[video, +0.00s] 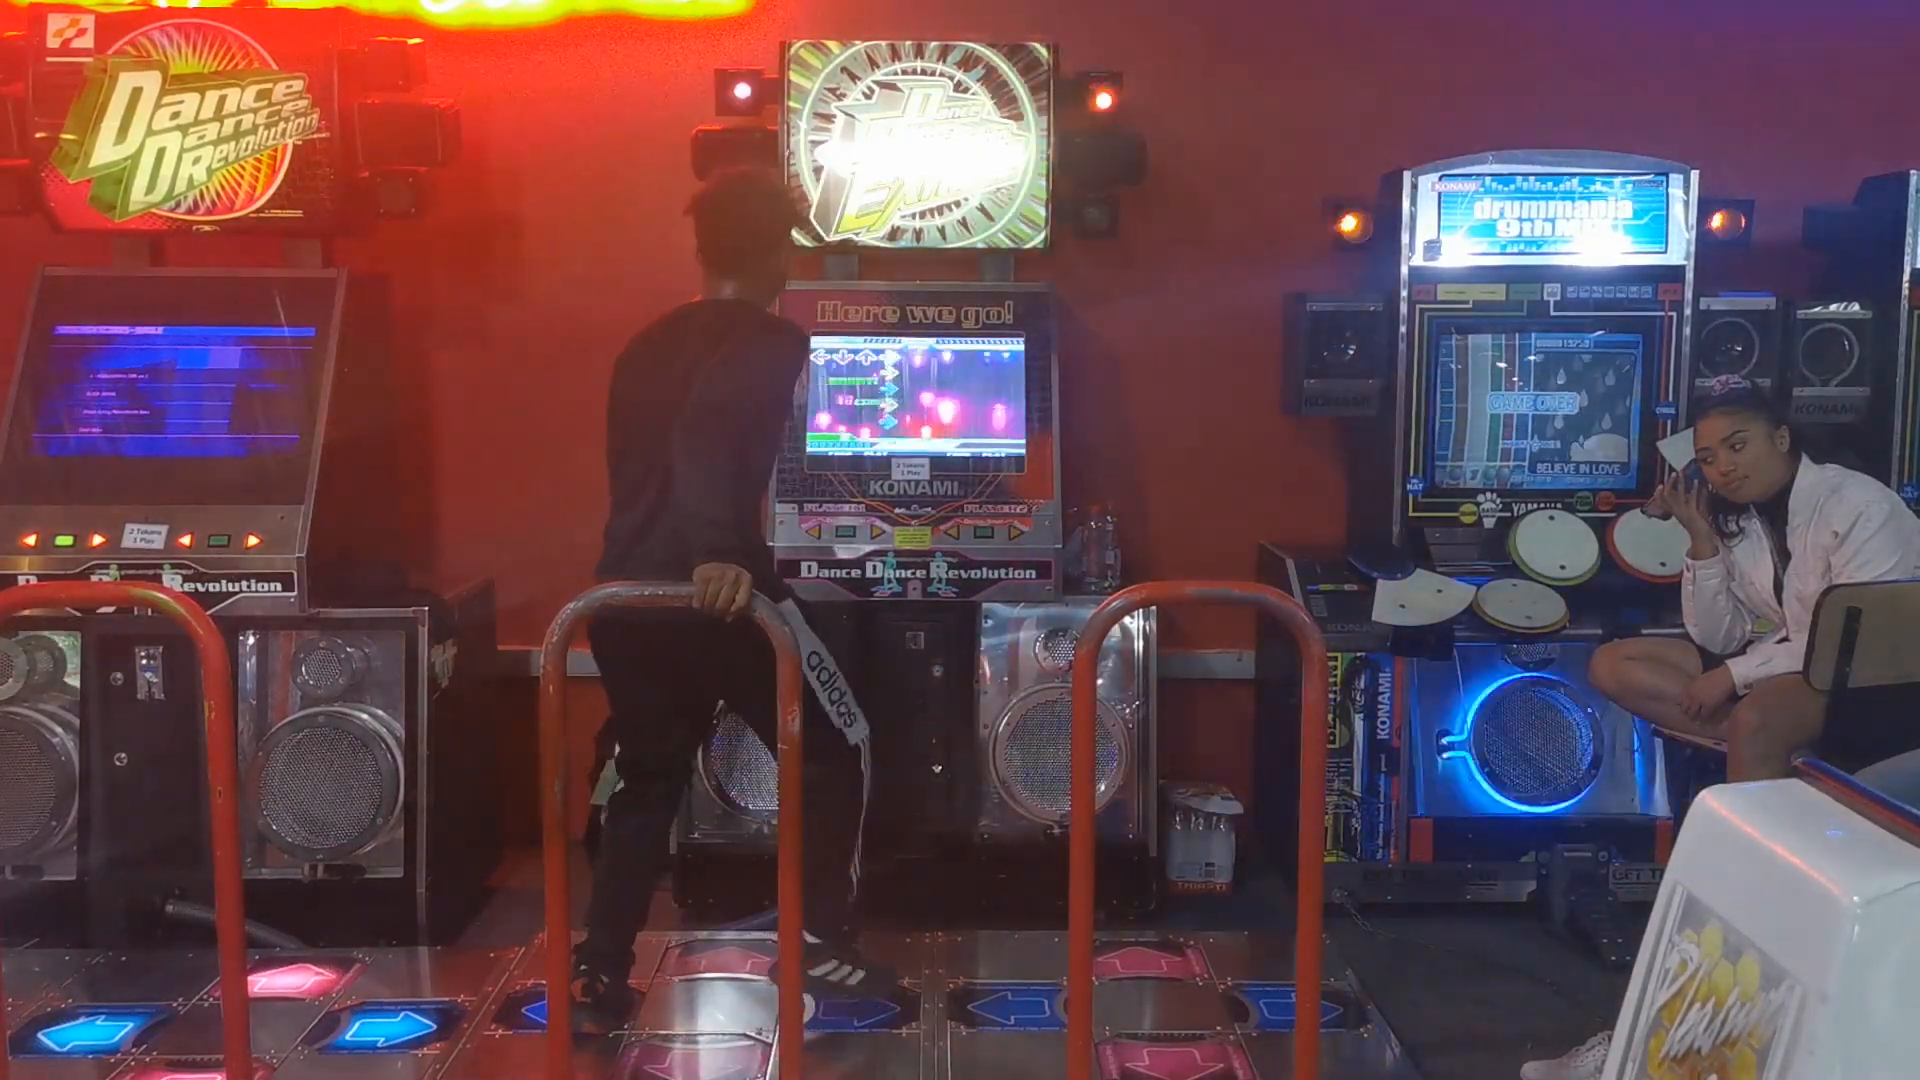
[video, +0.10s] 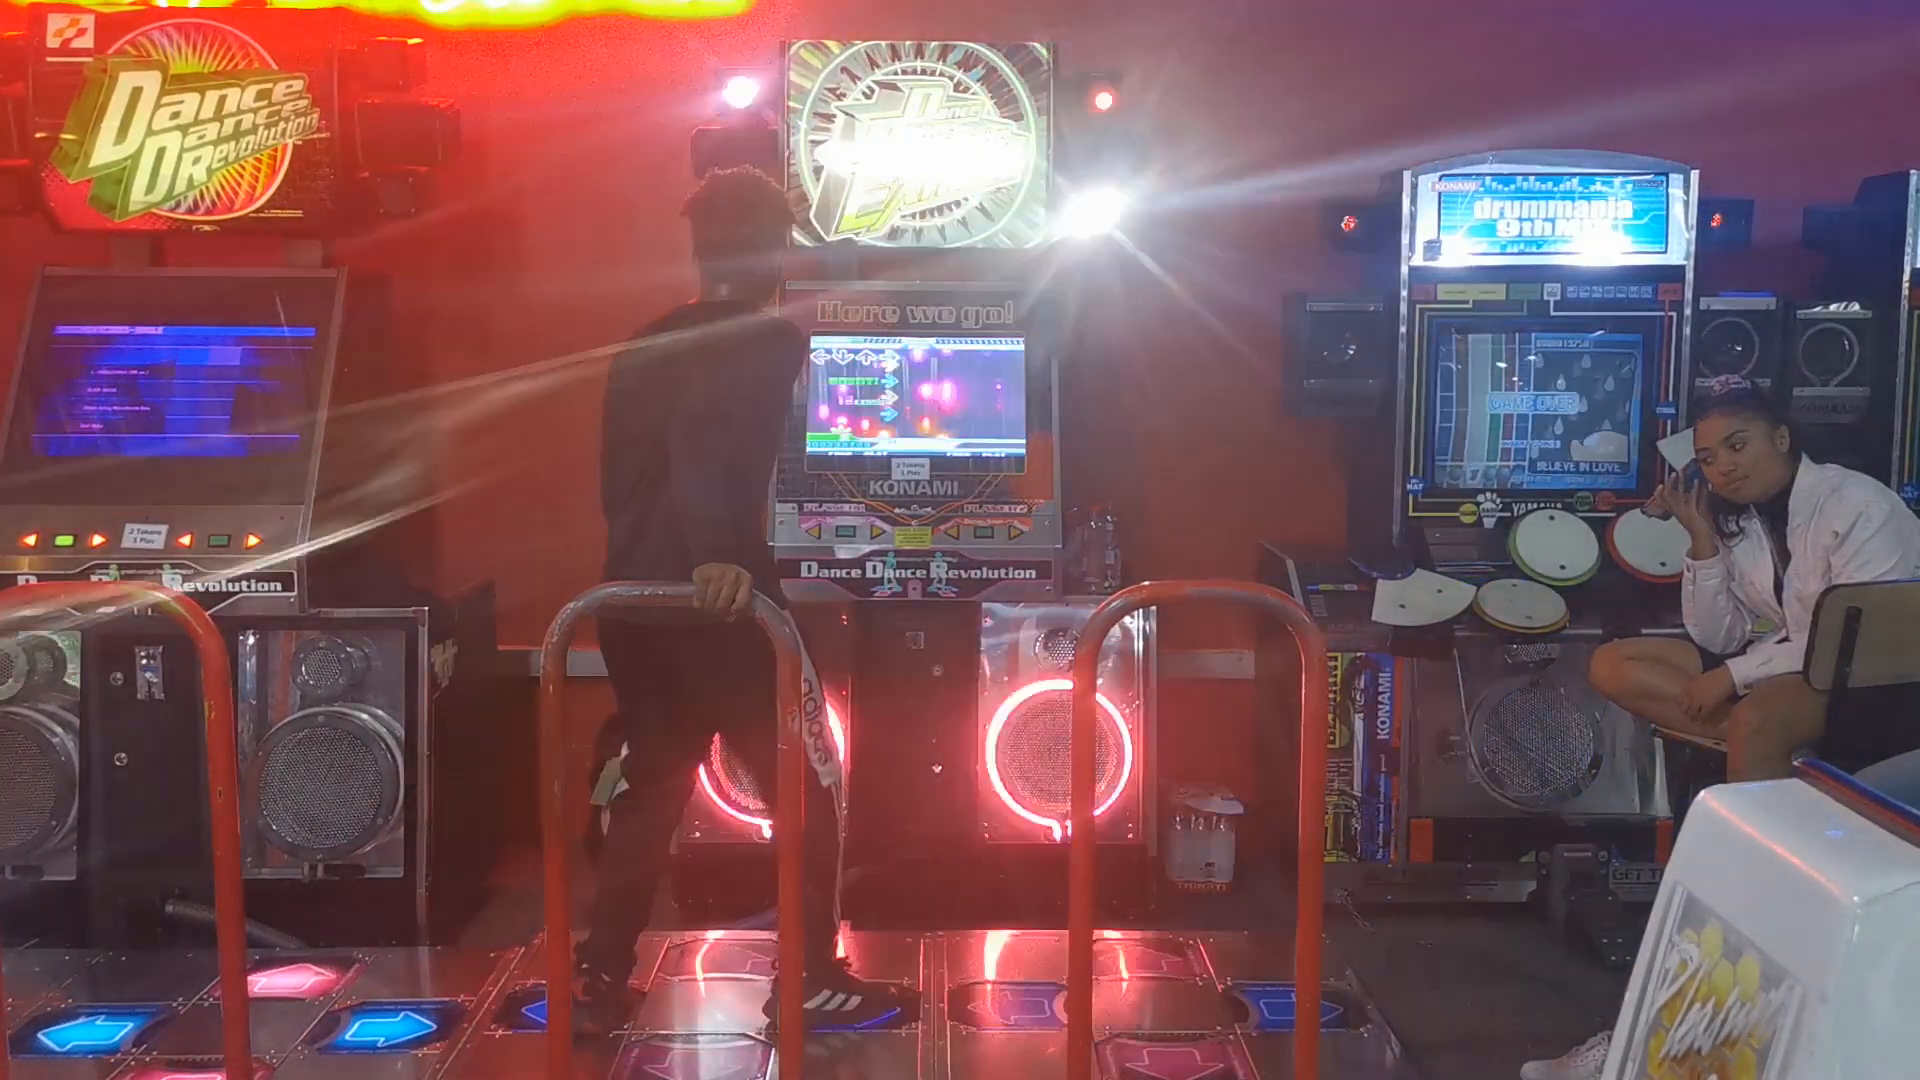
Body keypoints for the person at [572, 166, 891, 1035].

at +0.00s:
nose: (791, 258)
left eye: (788, 244)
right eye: (788, 244)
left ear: (704, 253)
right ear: (776, 252)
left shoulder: (643, 349)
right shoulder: (769, 340)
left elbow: (632, 479)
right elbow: (716, 431)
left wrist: (652, 559)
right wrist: (716, 546)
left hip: (630, 599)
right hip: (729, 596)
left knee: (645, 780)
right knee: (833, 753)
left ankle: (599, 978)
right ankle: (819, 950)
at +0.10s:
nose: (778, 262)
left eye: (767, 247)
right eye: (774, 247)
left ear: (702, 254)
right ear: (769, 253)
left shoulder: (644, 347)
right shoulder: (767, 342)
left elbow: (621, 487)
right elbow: (719, 438)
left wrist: (641, 581)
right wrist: (721, 547)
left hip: (640, 613)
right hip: (734, 615)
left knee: (650, 788)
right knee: (807, 782)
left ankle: (602, 974)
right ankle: (814, 978)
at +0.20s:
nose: (780, 261)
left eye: (773, 244)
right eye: (777, 246)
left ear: (699, 248)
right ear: (769, 251)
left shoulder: (639, 336)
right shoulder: (758, 333)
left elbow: (621, 479)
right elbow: (717, 436)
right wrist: (718, 546)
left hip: (630, 603)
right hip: (724, 599)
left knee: (646, 787)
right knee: (827, 769)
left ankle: (599, 979)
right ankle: (818, 963)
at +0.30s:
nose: (780, 266)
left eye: (771, 253)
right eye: (779, 254)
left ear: (696, 260)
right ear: (771, 261)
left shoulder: (632, 347)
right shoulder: (760, 337)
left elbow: (605, 489)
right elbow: (704, 432)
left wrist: (621, 596)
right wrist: (714, 546)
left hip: (628, 615)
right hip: (718, 611)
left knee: (640, 790)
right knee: (818, 771)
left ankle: (598, 983)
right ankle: (814, 969)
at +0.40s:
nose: (778, 264)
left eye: (771, 250)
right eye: (777, 251)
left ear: (696, 259)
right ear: (769, 259)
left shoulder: (634, 348)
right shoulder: (760, 338)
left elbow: (600, 492)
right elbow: (706, 434)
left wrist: (615, 599)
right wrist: (715, 546)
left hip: (629, 611)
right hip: (716, 607)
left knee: (645, 787)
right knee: (810, 773)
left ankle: (598, 980)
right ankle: (816, 970)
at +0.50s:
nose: (786, 264)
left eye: (781, 249)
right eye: (785, 250)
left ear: (699, 258)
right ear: (774, 258)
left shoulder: (640, 347)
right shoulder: (764, 338)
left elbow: (602, 496)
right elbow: (711, 435)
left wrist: (614, 602)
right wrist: (717, 547)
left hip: (631, 603)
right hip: (723, 598)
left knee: (643, 786)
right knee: (825, 762)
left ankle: (599, 971)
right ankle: (809, 957)